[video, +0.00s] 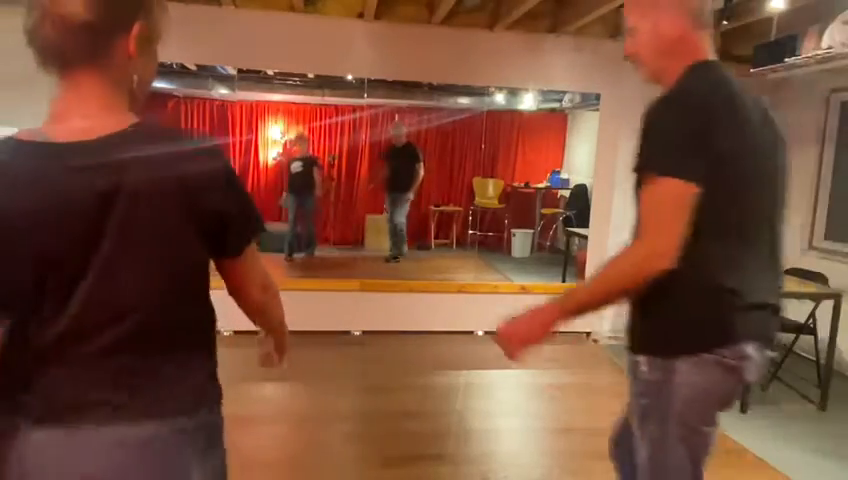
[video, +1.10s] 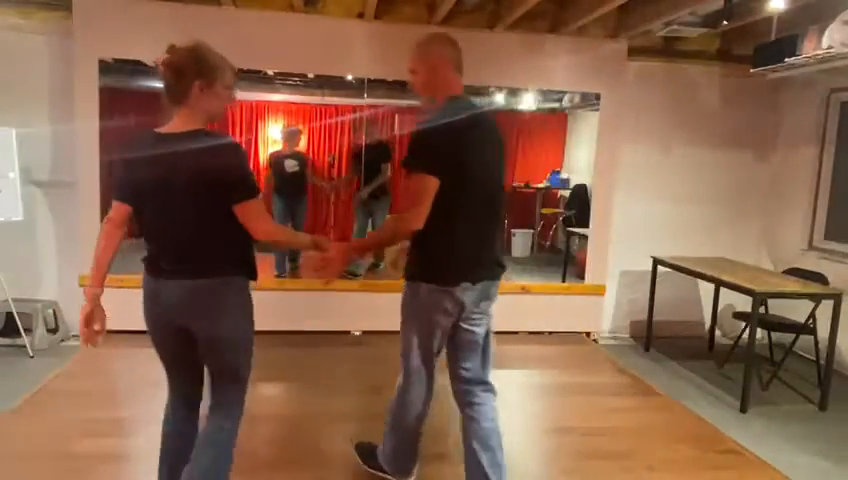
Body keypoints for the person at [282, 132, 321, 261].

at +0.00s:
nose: (301, 147)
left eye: (303, 144)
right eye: (299, 144)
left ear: (307, 145)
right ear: (295, 146)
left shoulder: (312, 160)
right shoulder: (291, 161)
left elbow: (317, 176)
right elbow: (288, 180)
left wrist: (318, 189)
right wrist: (285, 194)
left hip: (308, 193)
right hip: (293, 193)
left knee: (309, 221)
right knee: (292, 222)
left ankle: (310, 248)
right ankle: (289, 251)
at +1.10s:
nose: (299, 141)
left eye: (299, 138)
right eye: (297, 138)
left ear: (297, 139)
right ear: (289, 138)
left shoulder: (303, 158)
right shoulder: (275, 157)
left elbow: (311, 176)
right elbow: (269, 179)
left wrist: (324, 184)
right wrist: (267, 198)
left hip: (299, 198)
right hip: (281, 198)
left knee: (298, 231)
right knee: (280, 231)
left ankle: (294, 264)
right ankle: (280, 268)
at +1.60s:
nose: (302, 141)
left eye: (302, 138)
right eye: (299, 138)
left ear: (298, 140)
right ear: (290, 138)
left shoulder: (302, 159)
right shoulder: (280, 158)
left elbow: (309, 178)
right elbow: (273, 176)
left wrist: (323, 185)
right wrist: (281, 183)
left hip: (302, 200)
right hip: (285, 200)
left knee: (298, 236)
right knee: (283, 234)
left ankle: (292, 271)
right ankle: (278, 267)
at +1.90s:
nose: (303, 140)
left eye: (303, 137)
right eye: (301, 137)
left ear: (289, 138)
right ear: (295, 138)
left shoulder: (301, 158)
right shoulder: (286, 160)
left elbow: (307, 179)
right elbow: (280, 178)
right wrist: (296, 185)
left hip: (299, 200)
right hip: (287, 200)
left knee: (295, 235)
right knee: (288, 235)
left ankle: (291, 269)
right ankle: (287, 269)